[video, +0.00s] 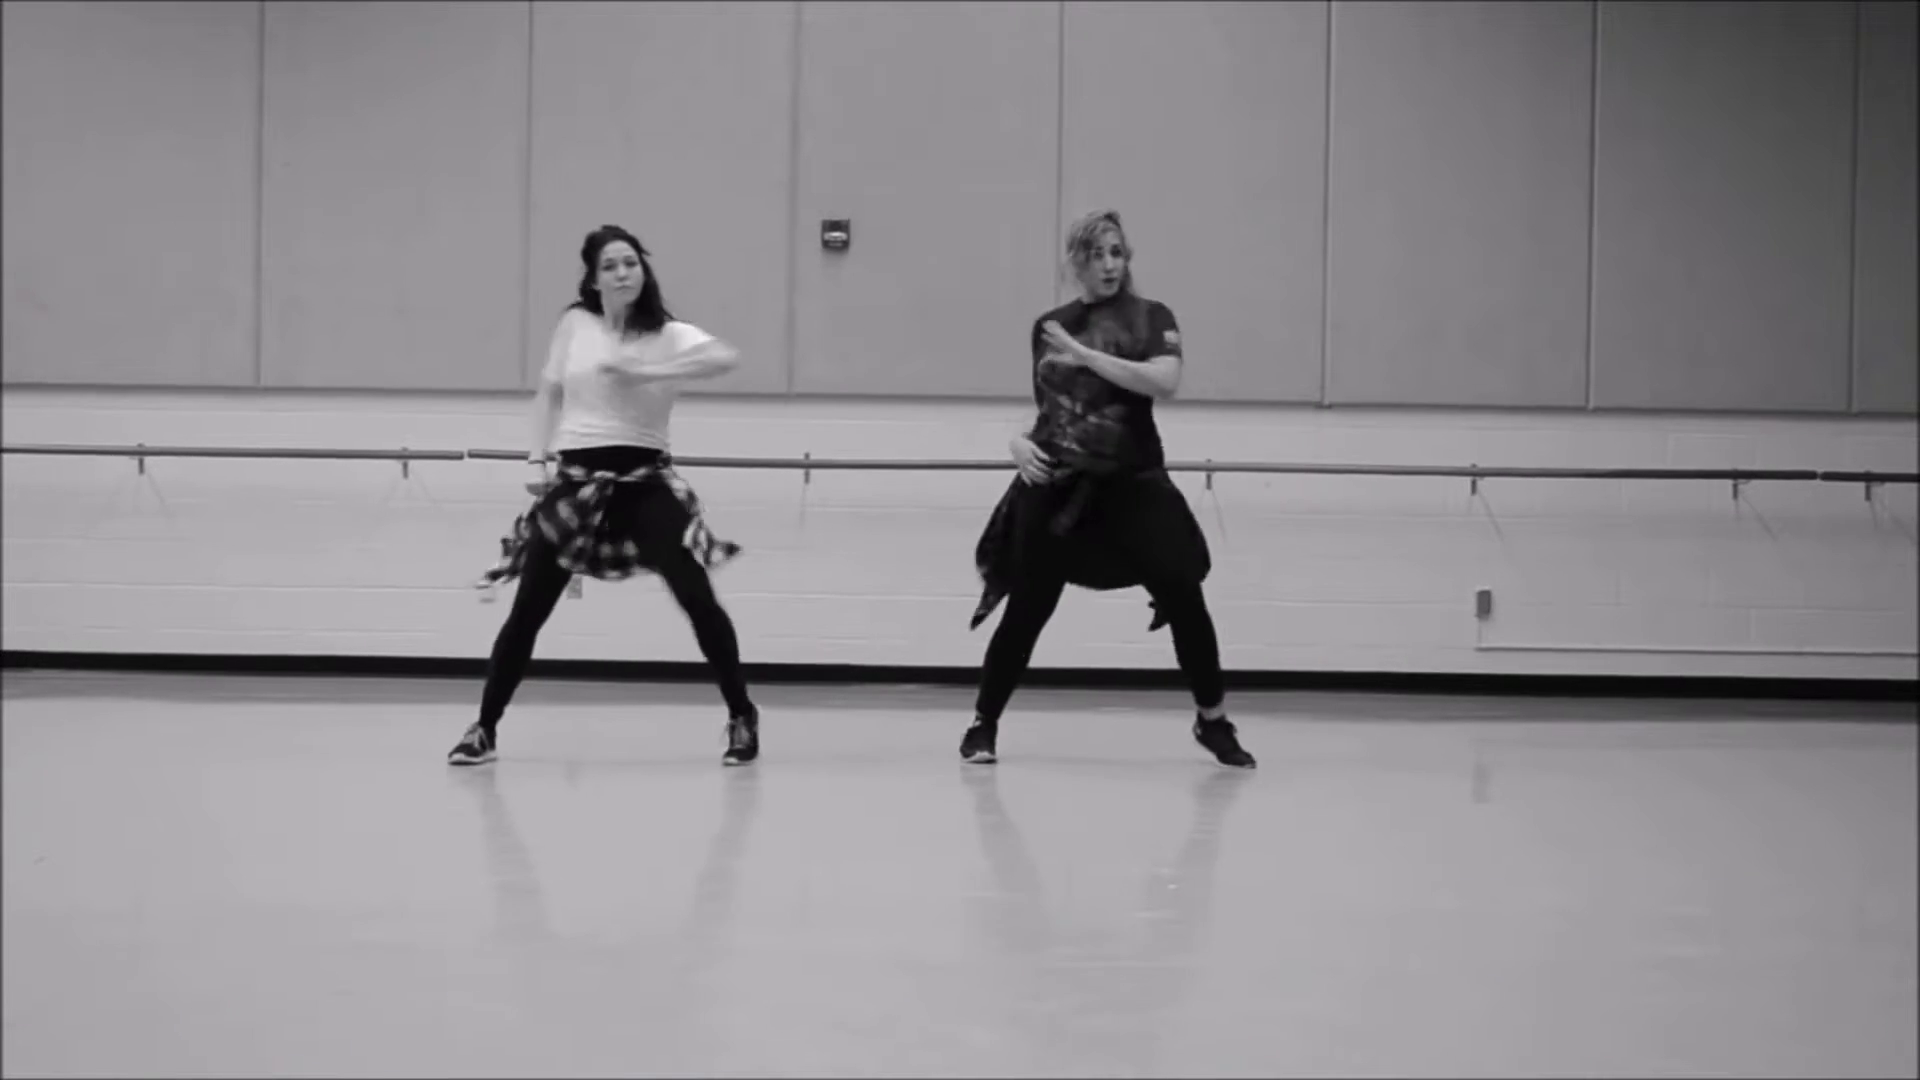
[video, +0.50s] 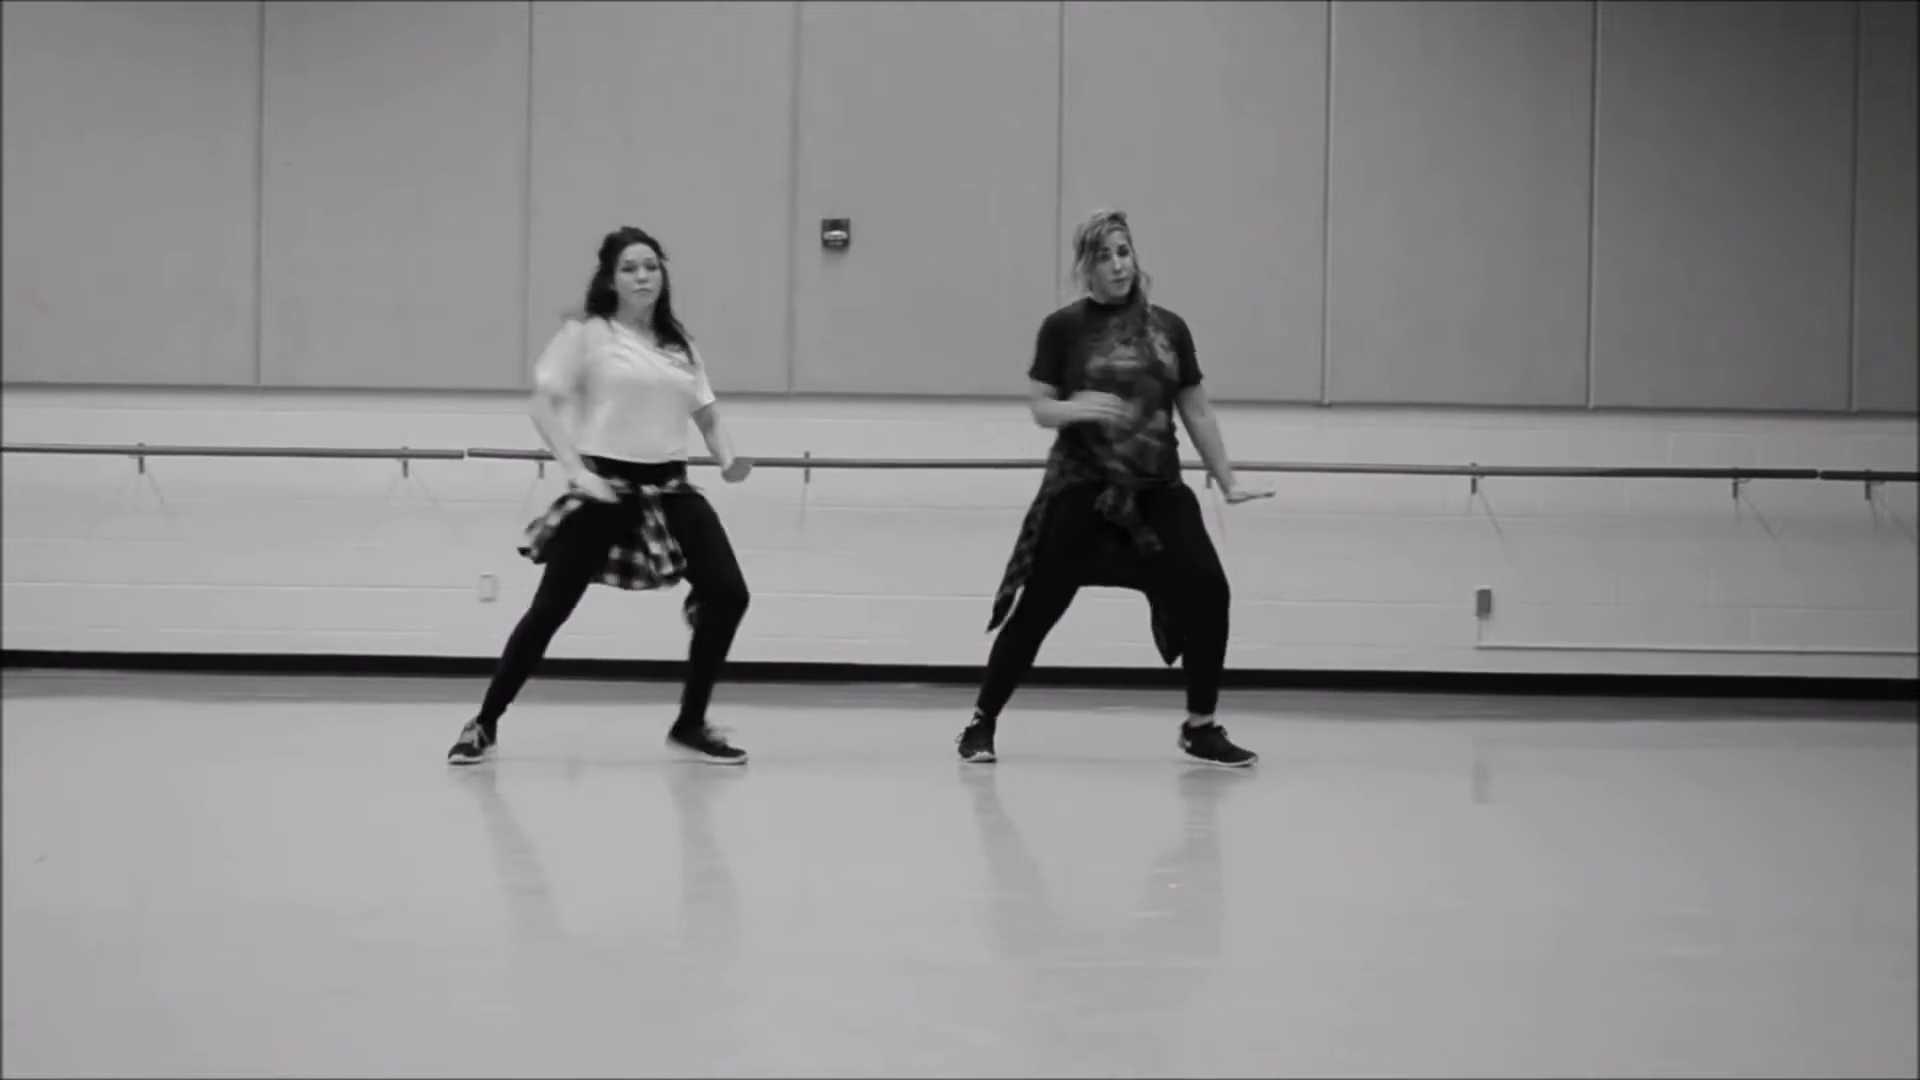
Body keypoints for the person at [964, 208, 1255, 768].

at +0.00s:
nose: (1109, 264)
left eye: (1117, 253)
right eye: (1096, 254)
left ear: (1128, 259)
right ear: (1076, 263)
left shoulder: (1152, 316)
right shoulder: (1052, 328)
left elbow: (1167, 380)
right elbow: (1050, 414)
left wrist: (1086, 356)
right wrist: (1019, 442)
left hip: (1133, 485)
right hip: (1059, 486)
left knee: (1184, 598)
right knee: (1028, 609)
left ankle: (1212, 720)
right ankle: (985, 723)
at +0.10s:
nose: (1108, 257)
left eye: (1115, 246)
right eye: (1096, 248)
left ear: (1126, 253)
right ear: (1074, 257)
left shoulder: (1151, 318)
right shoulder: (1043, 327)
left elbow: (1208, 385)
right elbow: (1024, 399)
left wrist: (1150, 371)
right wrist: (1018, 446)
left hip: (1141, 491)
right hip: (1063, 492)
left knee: (1195, 591)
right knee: (1033, 608)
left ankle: (1212, 719)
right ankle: (984, 723)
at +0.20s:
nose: (1110, 256)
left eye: (1116, 245)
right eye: (1096, 248)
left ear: (1127, 252)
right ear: (1076, 259)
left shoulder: (1155, 322)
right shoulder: (1050, 322)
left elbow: (1204, 380)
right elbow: (1005, 391)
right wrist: (1020, 446)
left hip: (1144, 484)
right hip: (1066, 485)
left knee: (1201, 589)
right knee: (1033, 606)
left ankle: (1214, 719)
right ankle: (983, 722)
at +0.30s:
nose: (1115, 260)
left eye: (1121, 249)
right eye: (1103, 251)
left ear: (1132, 257)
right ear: (1081, 261)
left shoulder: (1158, 329)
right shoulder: (1052, 321)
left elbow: (1205, 399)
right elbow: (1006, 391)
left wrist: (1255, 455)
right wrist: (1025, 444)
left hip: (1146, 484)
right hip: (1068, 484)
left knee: (1202, 589)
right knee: (1029, 606)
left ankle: (1216, 717)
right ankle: (982, 722)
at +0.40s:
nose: (1117, 262)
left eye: (1124, 251)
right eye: (1105, 253)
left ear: (1136, 258)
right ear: (1084, 264)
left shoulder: (1160, 330)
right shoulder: (1051, 324)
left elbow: (1201, 405)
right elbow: (1017, 390)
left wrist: (1241, 471)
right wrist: (1030, 443)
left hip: (1149, 488)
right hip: (1069, 487)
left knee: (1203, 592)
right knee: (1027, 605)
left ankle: (1212, 720)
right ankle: (982, 723)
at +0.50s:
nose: (1117, 263)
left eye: (1124, 252)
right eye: (1104, 255)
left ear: (1136, 259)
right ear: (1086, 266)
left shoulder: (1168, 329)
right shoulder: (1063, 329)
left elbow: (1197, 411)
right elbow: (1041, 408)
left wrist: (1228, 482)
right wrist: (1078, 407)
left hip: (1158, 492)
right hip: (1080, 490)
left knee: (1209, 593)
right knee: (1042, 603)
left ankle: (1201, 726)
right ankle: (983, 722)